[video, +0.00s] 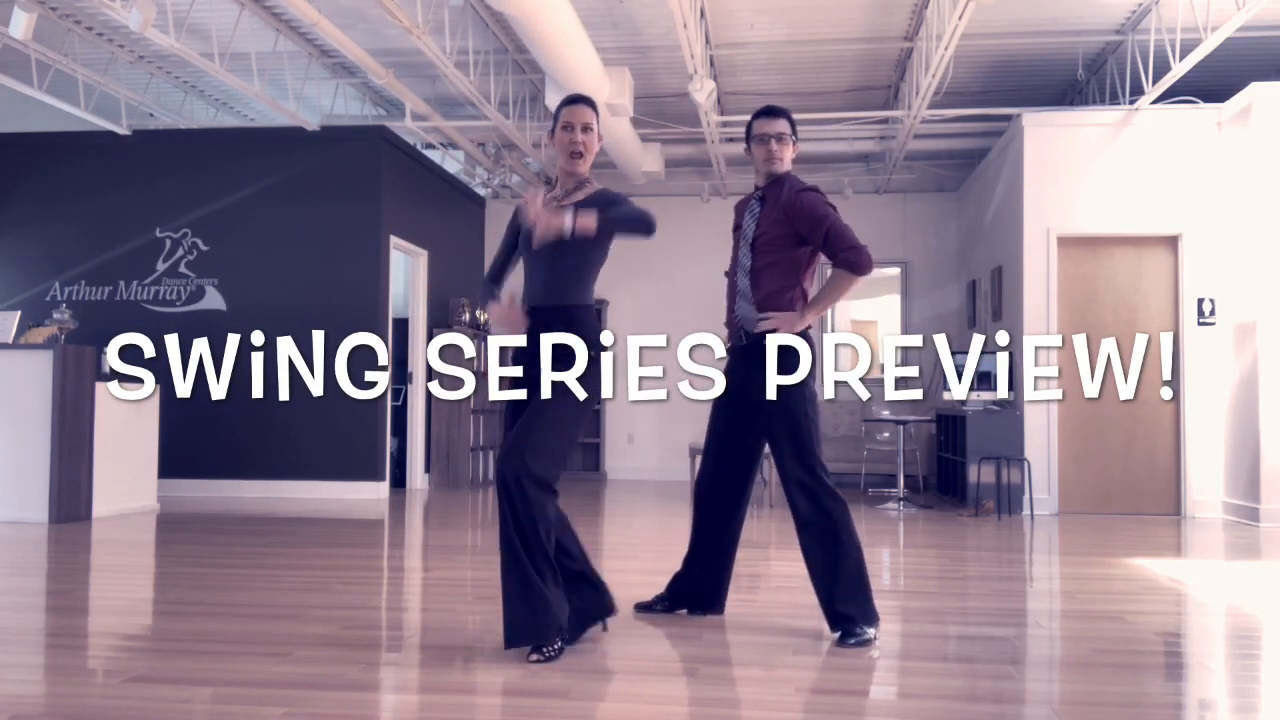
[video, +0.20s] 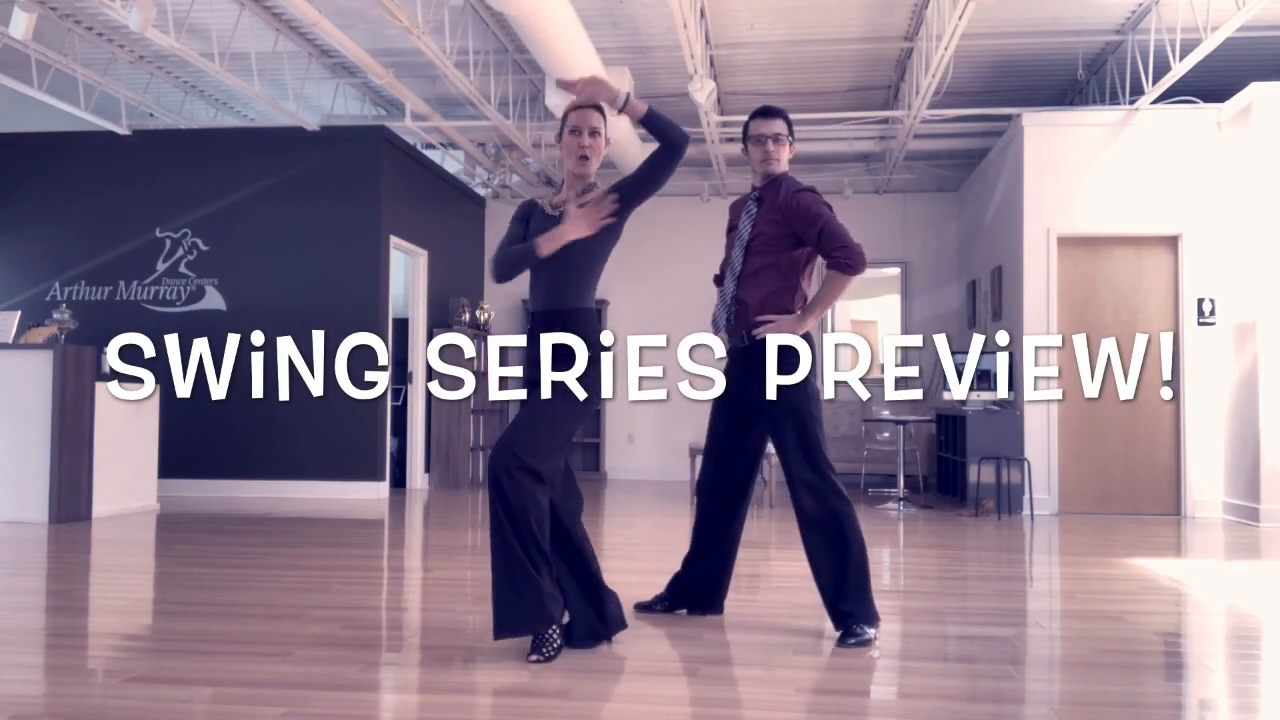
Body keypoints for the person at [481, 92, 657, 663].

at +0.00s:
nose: (577, 138)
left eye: (587, 130)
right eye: (568, 128)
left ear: (598, 142)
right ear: (551, 138)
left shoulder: (601, 200)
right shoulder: (532, 205)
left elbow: (644, 221)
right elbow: (493, 277)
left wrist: (570, 221)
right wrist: (496, 300)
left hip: (575, 349)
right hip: (532, 347)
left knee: (520, 469)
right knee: (523, 475)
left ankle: (551, 619)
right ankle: (585, 599)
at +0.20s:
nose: (584, 141)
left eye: (595, 134)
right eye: (575, 132)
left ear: (605, 148)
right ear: (559, 143)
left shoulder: (610, 202)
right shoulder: (534, 210)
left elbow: (676, 144)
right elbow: (502, 266)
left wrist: (623, 103)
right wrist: (557, 235)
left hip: (580, 352)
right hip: (539, 352)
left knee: (511, 460)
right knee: (552, 481)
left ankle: (544, 614)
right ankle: (594, 611)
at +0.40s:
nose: (595, 157)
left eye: (604, 149)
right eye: (585, 149)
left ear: (613, 161)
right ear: (566, 159)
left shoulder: (621, 222)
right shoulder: (539, 230)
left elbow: (689, 153)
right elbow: (508, 300)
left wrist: (637, 96)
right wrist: (574, 283)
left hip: (583, 375)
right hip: (537, 375)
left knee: (506, 465)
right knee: (538, 493)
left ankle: (534, 612)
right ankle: (588, 609)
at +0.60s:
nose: (598, 151)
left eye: (607, 144)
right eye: (589, 142)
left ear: (616, 156)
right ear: (569, 151)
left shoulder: (622, 209)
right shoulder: (543, 214)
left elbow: (697, 159)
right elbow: (531, 266)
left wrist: (650, 100)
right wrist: (601, 237)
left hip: (583, 361)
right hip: (539, 359)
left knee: (509, 461)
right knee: (542, 484)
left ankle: (538, 611)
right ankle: (588, 606)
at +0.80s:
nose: (598, 158)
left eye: (607, 151)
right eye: (589, 149)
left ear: (615, 162)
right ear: (569, 157)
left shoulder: (622, 216)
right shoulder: (539, 227)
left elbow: (671, 226)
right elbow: (519, 303)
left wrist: (666, 177)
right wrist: (527, 325)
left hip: (595, 369)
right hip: (547, 368)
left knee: (512, 466)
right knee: (533, 490)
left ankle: (535, 615)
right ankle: (587, 609)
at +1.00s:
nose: (603, 144)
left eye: (611, 136)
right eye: (592, 135)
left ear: (622, 145)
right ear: (573, 143)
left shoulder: (627, 203)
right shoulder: (554, 205)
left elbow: (604, 282)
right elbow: (505, 243)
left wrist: (546, 235)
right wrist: (473, 259)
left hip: (604, 357)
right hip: (553, 354)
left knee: (551, 456)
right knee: (545, 468)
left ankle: (546, 616)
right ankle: (590, 606)